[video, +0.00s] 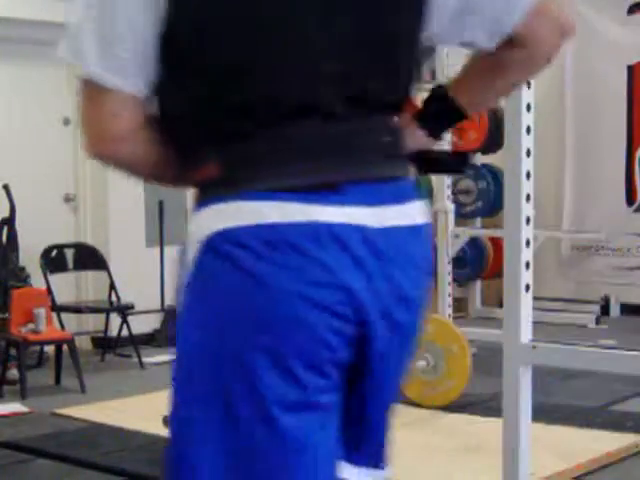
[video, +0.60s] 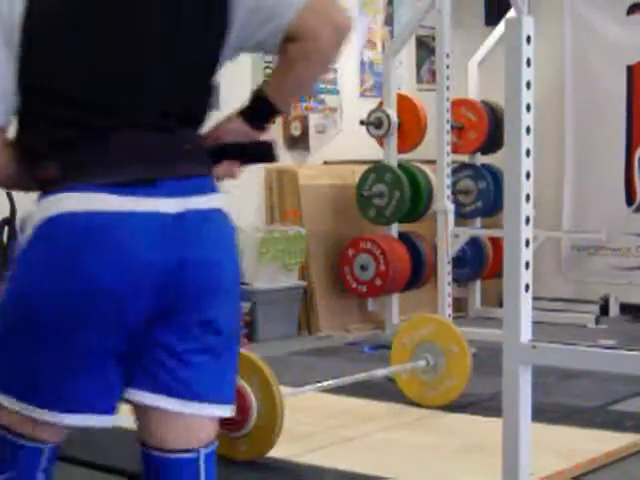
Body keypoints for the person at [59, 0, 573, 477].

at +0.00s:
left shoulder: (138, 5)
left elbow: (112, 132)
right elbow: (548, 26)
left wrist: (218, 161)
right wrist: (438, 112)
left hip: (263, 247)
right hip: (399, 239)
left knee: (263, 468)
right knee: (356, 465)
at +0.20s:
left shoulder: (104, 6)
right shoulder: (349, 4)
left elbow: (59, 156)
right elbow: (489, 38)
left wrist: (156, 181)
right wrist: (384, 136)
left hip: (207, 254)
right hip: (330, 251)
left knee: (226, 467)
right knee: (280, 462)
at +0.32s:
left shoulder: (81, 7)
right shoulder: (312, 8)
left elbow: (37, 156)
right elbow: (446, 45)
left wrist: (119, 185)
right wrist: (349, 136)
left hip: (173, 251)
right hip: (289, 245)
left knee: (186, 471)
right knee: (240, 461)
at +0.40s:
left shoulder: (53, 7)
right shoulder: (276, 5)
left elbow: (13, 147)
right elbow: (397, 36)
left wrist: (96, 172)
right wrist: (305, 127)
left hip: (134, 243)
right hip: (250, 234)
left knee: (103, 465)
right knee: (207, 462)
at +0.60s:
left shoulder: (20, 11)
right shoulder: (214, 7)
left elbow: (3, 159)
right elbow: (327, 23)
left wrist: (60, 169)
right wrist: (253, 118)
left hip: (78, 230)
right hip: (199, 229)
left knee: (20, 456)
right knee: (185, 466)